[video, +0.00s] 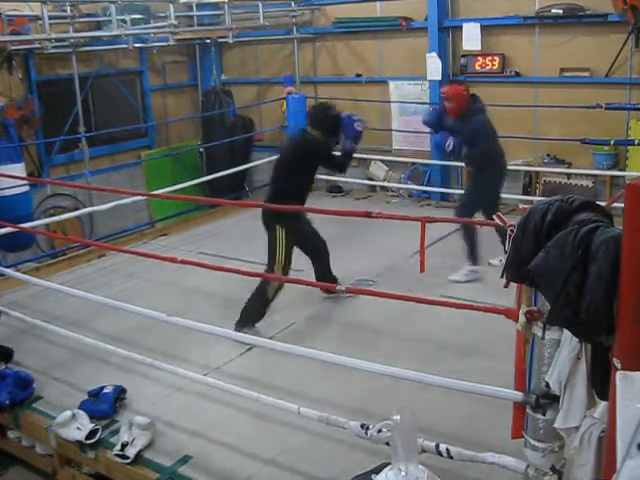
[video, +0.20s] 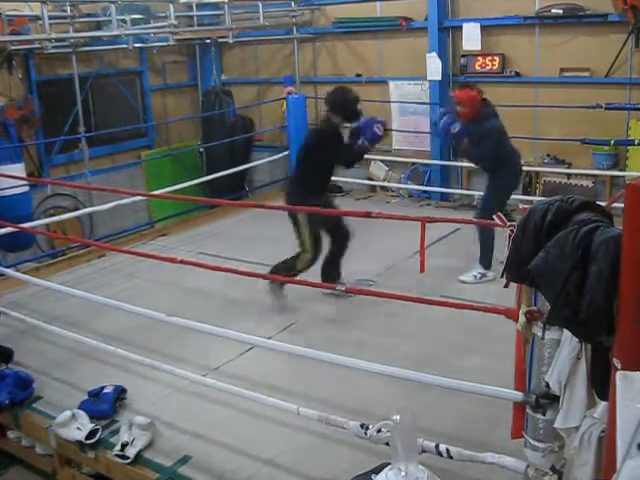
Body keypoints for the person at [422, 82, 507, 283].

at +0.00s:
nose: (446, 107)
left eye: (449, 103)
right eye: (445, 103)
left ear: (461, 102)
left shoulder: (476, 121)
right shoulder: (462, 115)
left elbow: (479, 153)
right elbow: (448, 125)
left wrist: (457, 149)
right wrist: (435, 120)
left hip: (489, 170)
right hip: (488, 167)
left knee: (464, 213)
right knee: (490, 210)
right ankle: (513, 252)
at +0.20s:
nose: (459, 111)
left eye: (463, 107)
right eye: (457, 106)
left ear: (474, 106)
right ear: (458, 106)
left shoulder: (488, 126)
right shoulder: (476, 116)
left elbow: (483, 158)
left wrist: (461, 140)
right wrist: (453, 126)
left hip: (506, 171)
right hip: (500, 168)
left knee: (483, 217)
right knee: (498, 210)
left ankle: (485, 267)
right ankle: (524, 246)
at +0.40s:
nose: (484, 107)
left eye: (488, 103)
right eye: (483, 103)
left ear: (500, 104)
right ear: (498, 104)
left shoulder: (514, 124)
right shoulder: (502, 118)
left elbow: (507, 155)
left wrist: (485, 138)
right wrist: (475, 115)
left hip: (522, 177)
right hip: (517, 174)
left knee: (492, 216)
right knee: (525, 220)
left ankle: (487, 268)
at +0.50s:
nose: (496, 121)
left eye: (498, 117)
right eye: (496, 117)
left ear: (506, 117)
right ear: (512, 114)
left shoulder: (518, 133)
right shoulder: (521, 122)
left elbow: (500, 156)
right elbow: (501, 141)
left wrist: (485, 138)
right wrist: (487, 133)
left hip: (529, 185)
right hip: (534, 181)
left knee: (496, 211)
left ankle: (498, 265)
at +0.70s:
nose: (505, 134)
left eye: (508, 130)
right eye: (503, 130)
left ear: (516, 123)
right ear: (499, 123)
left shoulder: (525, 142)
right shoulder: (521, 125)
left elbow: (512, 171)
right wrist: (481, 117)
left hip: (531, 190)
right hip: (540, 185)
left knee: (499, 218)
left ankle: (502, 268)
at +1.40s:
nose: (492, 117)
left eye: (494, 114)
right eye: (494, 114)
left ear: (498, 117)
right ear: (518, 114)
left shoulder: (495, 143)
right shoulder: (535, 136)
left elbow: (486, 178)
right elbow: (547, 165)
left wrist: (480, 170)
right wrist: (528, 156)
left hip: (506, 202)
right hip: (534, 201)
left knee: (483, 232)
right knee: (529, 235)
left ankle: (483, 280)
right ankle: (531, 282)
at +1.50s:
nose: (499, 112)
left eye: (502, 109)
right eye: (502, 109)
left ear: (505, 112)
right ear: (524, 112)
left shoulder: (495, 134)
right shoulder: (536, 138)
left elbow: (470, 142)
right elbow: (547, 168)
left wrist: (471, 122)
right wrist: (528, 158)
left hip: (496, 198)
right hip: (524, 198)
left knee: (477, 225)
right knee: (525, 235)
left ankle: (479, 275)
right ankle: (526, 281)